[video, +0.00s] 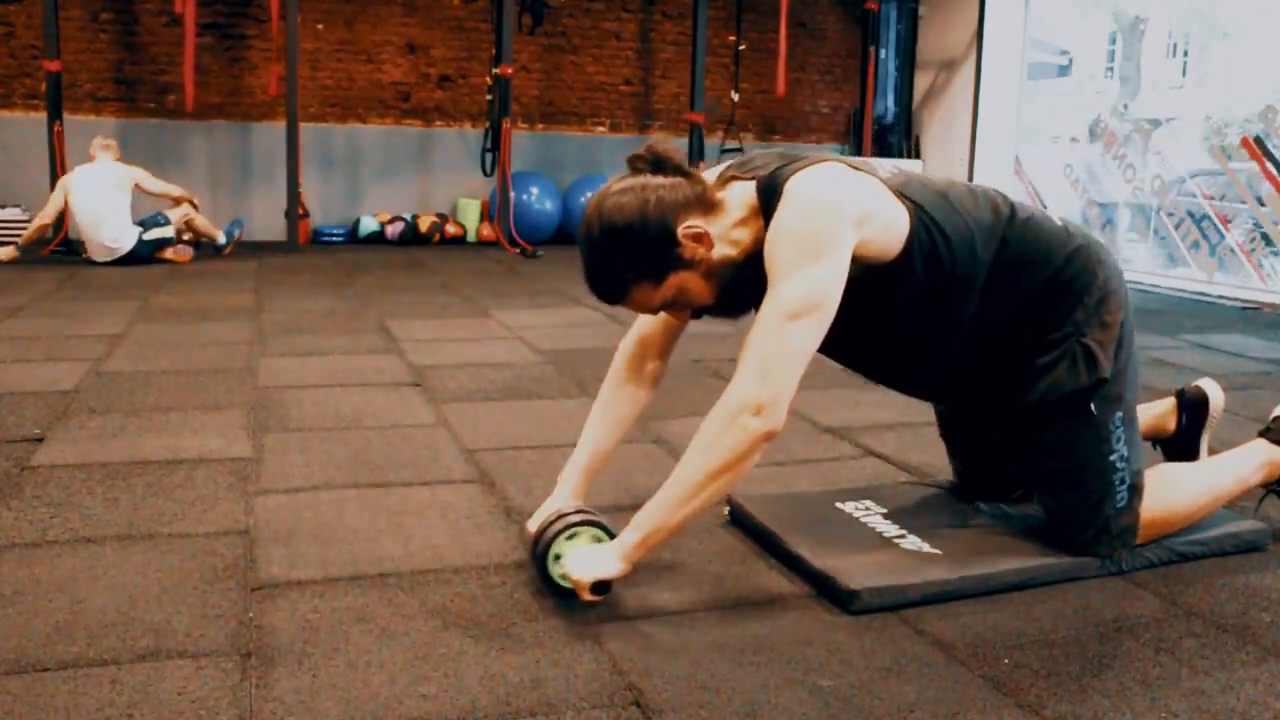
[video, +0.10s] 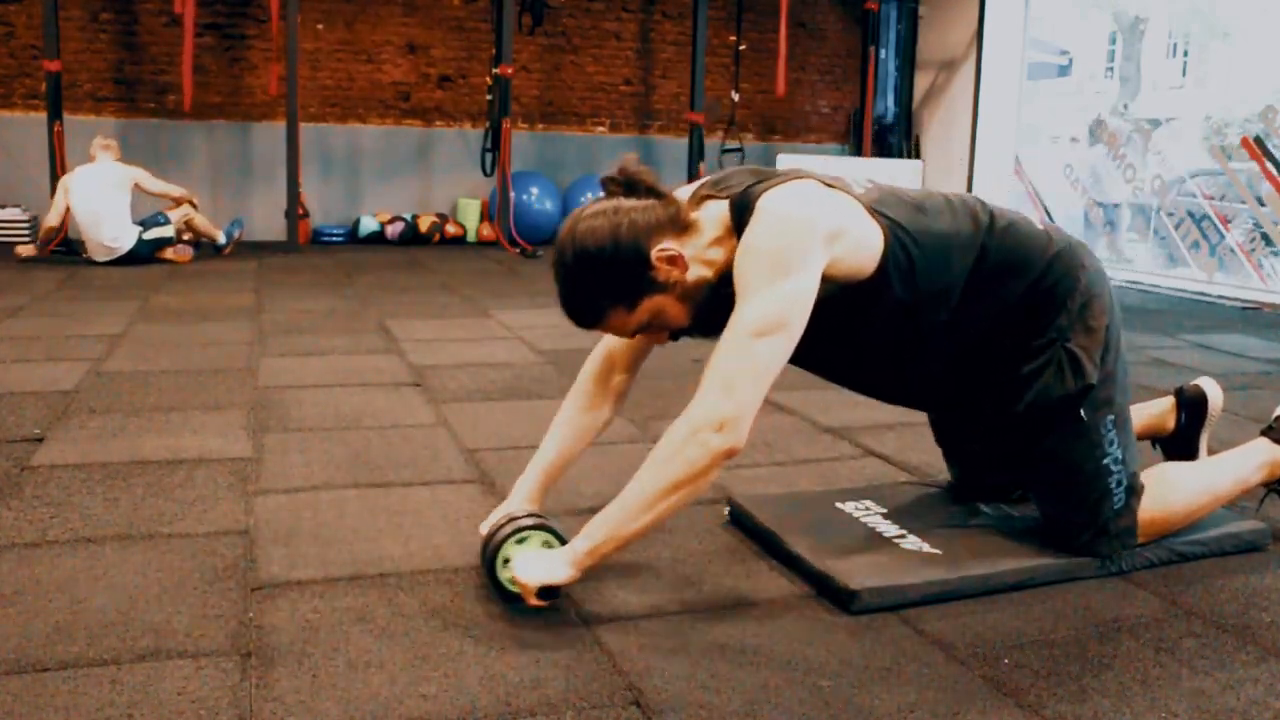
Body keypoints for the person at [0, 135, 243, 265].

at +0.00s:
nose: (111, 148)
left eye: (106, 147)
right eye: (112, 148)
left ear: (90, 155)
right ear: (116, 155)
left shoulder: (70, 178)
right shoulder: (127, 170)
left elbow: (44, 221)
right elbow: (172, 193)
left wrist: (16, 248)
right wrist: (192, 199)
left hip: (96, 256)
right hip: (129, 248)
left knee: (140, 235)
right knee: (184, 210)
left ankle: (169, 252)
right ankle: (222, 238)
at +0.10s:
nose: (112, 150)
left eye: (107, 148)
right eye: (113, 149)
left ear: (91, 155)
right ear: (116, 155)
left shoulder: (69, 179)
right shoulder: (127, 171)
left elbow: (52, 223)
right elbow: (171, 192)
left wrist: (38, 248)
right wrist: (189, 198)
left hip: (97, 257)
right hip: (129, 248)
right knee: (185, 210)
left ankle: (170, 251)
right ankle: (222, 239)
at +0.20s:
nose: (115, 158)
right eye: (117, 154)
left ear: (90, 156)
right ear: (118, 155)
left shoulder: (70, 180)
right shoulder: (129, 171)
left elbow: (56, 227)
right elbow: (177, 194)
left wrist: (49, 238)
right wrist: (191, 200)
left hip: (97, 256)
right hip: (130, 247)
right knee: (186, 210)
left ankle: (170, 251)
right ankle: (222, 238)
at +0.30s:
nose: (117, 158)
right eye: (117, 154)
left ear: (91, 155)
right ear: (118, 154)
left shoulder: (72, 180)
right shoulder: (128, 171)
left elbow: (63, 225)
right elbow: (178, 194)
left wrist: (58, 242)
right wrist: (190, 201)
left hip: (97, 256)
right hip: (129, 249)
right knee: (186, 210)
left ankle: (169, 252)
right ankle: (222, 239)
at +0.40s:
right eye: (119, 151)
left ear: (92, 156)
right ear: (119, 154)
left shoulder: (74, 179)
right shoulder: (128, 171)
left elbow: (69, 225)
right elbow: (176, 194)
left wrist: (72, 244)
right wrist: (188, 202)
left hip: (96, 256)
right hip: (127, 249)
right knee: (185, 211)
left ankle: (168, 252)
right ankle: (223, 239)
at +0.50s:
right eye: (121, 154)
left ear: (94, 154)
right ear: (121, 154)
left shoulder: (75, 178)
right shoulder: (129, 172)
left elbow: (72, 225)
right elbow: (173, 195)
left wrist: (76, 242)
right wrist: (186, 203)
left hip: (96, 255)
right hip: (128, 247)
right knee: (185, 211)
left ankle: (169, 253)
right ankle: (224, 239)